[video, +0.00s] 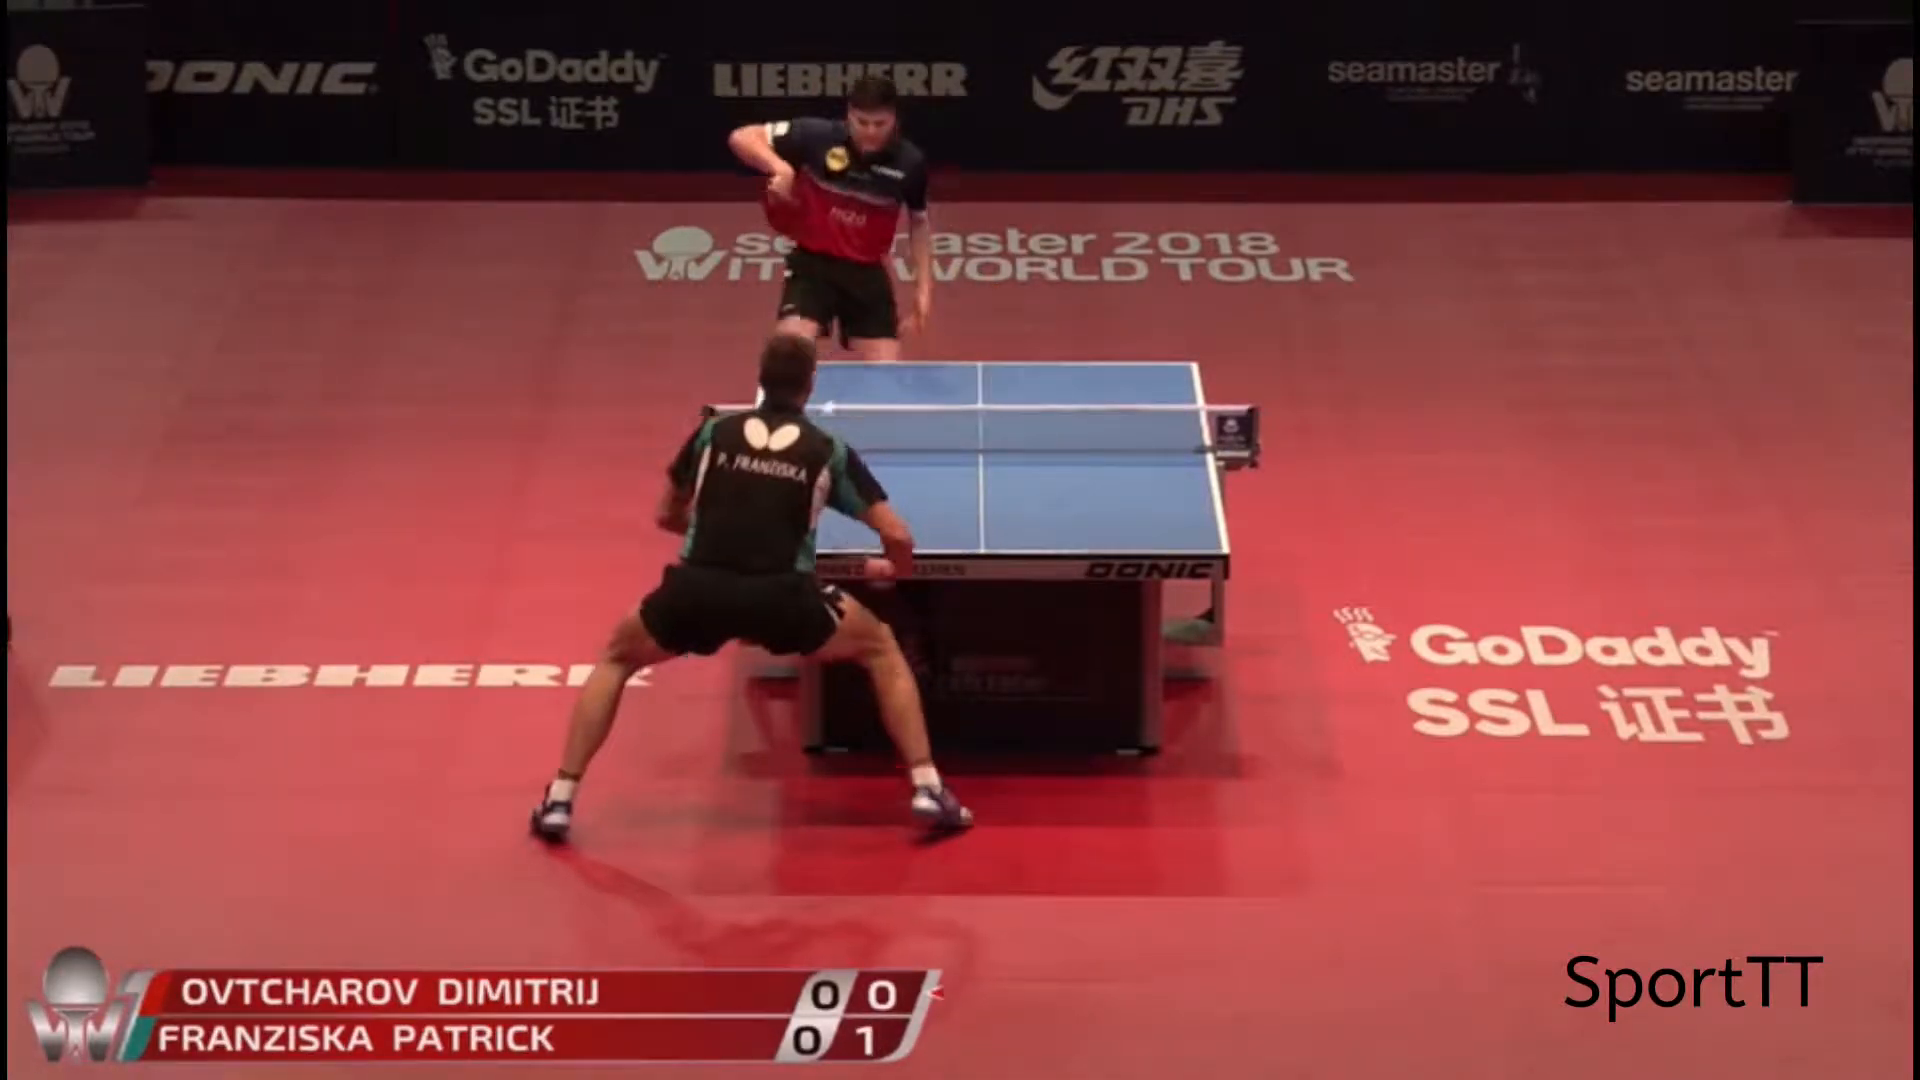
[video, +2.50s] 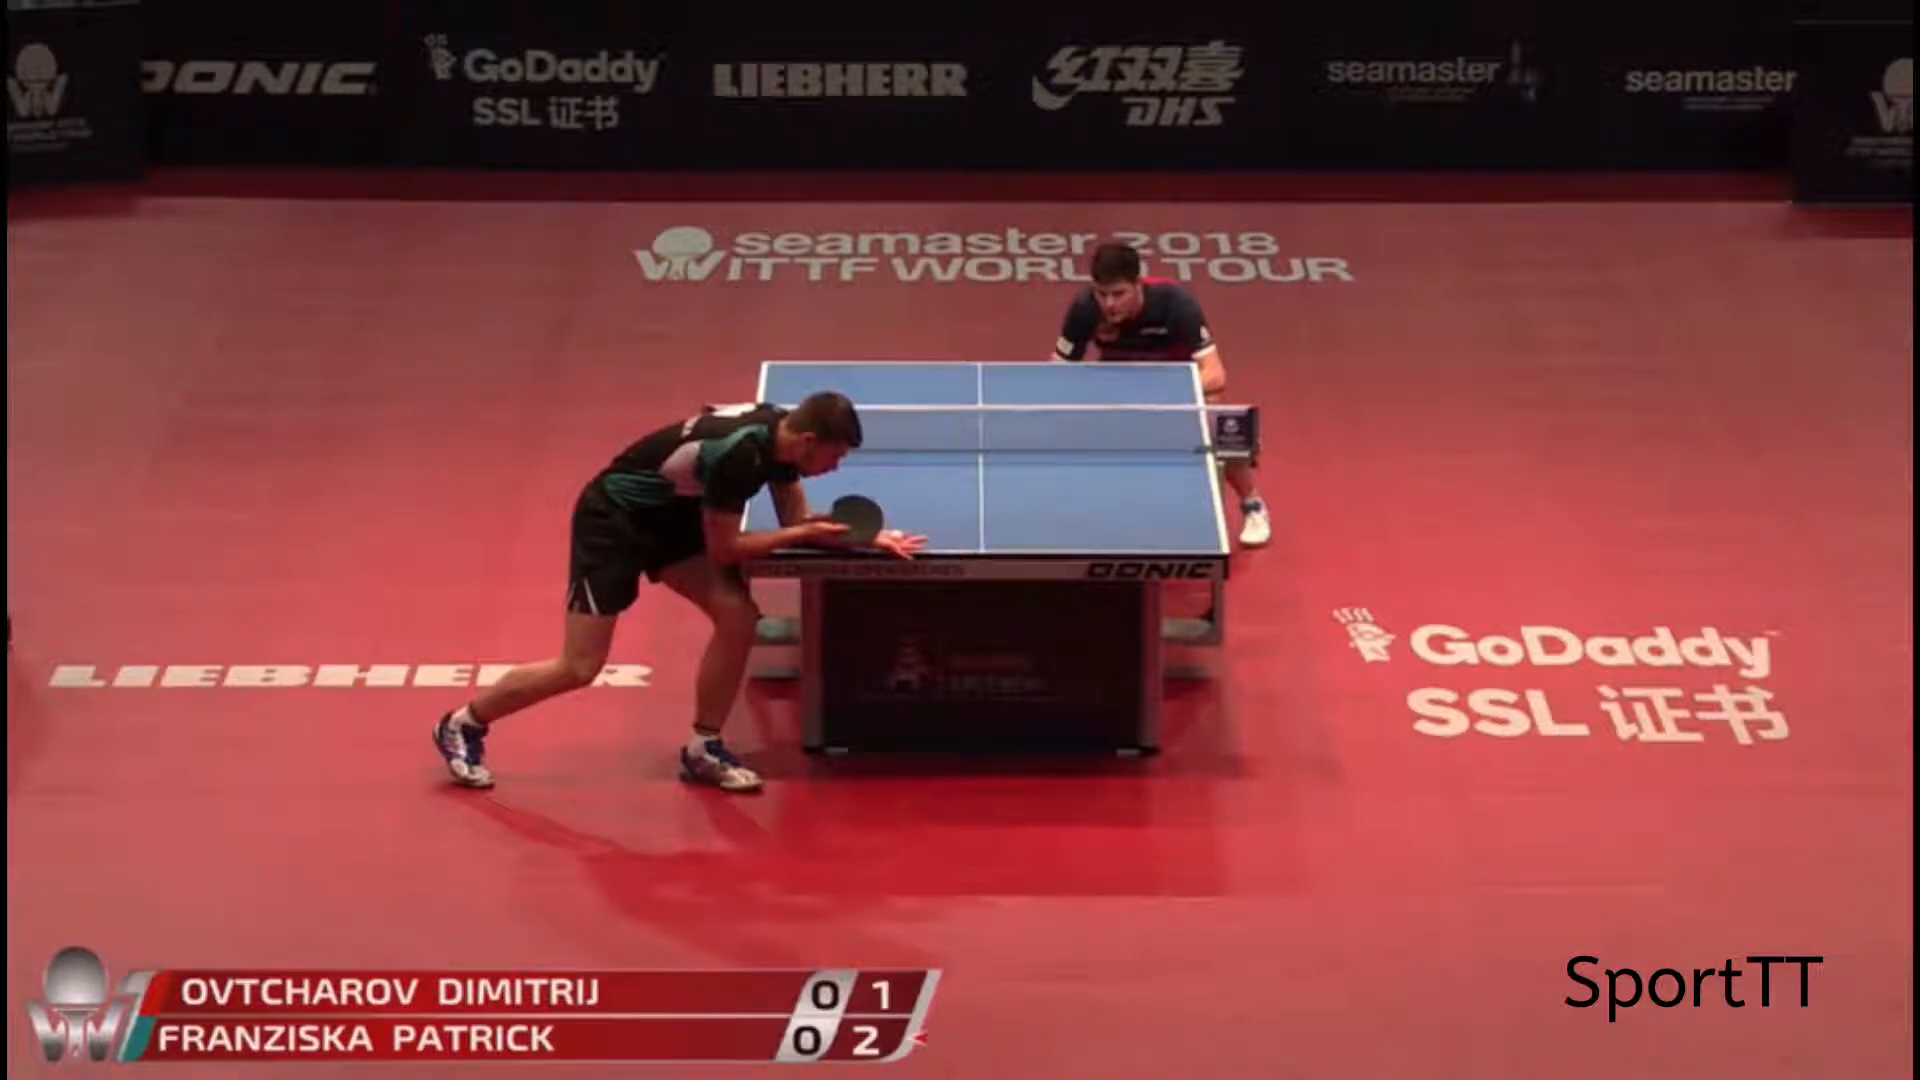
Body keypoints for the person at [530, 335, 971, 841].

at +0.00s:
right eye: (808, 372)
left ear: (760, 377)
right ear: (810, 384)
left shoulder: (714, 430)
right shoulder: (828, 449)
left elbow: (669, 514)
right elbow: (897, 535)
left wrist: (705, 527)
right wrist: (898, 569)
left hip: (699, 592)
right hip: (783, 599)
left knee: (617, 659)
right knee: (879, 648)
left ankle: (560, 798)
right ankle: (928, 788)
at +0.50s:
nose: (779, 360)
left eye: (776, 351)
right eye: (777, 352)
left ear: (722, 352)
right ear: (769, 358)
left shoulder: (672, 402)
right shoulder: (762, 423)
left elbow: (615, 474)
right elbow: (804, 515)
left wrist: (662, 496)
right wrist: (885, 526)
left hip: (636, 565)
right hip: (709, 576)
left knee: (603, 672)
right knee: (823, 667)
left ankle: (548, 807)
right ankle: (863, 820)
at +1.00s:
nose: (725, 355)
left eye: (720, 346)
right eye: (723, 347)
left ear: (666, 348)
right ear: (713, 351)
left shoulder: (619, 411)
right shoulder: (720, 421)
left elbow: (585, 503)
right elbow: (728, 524)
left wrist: (634, 527)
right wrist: (769, 573)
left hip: (611, 579)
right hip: (683, 586)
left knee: (589, 710)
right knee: (746, 722)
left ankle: (538, 838)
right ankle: (767, 878)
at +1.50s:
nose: (596, 280)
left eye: (584, 270)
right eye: (599, 271)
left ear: (549, 272)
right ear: (595, 275)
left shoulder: (507, 338)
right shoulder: (619, 349)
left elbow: (468, 427)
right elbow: (640, 451)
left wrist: (515, 447)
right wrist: (603, 450)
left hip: (504, 506)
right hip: (574, 516)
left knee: (497, 629)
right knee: (572, 668)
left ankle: (479, 760)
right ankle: (518, 791)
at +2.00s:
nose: (830, 465)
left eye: (836, 457)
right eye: (828, 455)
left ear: (805, 435)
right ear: (800, 435)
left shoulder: (782, 443)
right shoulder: (737, 455)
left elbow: (804, 518)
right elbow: (727, 555)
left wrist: (875, 531)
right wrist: (802, 532)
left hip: (668, 526)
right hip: (610, 517)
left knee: (738, 617)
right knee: (576, 667)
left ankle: (704, 750)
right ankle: (462, 725)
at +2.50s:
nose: (830, 468)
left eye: (836, 459)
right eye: (830, 458)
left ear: (810, 437)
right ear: (807, 441)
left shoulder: (781, 440)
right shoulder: (737, 452)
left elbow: (798, 524)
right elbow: (726, 553)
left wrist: (872, 539)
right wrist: (805, 533)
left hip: (670, 528)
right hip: (612, 517)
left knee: (738, 617)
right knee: (578, 667)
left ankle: (704, 750)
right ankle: (464, 725)